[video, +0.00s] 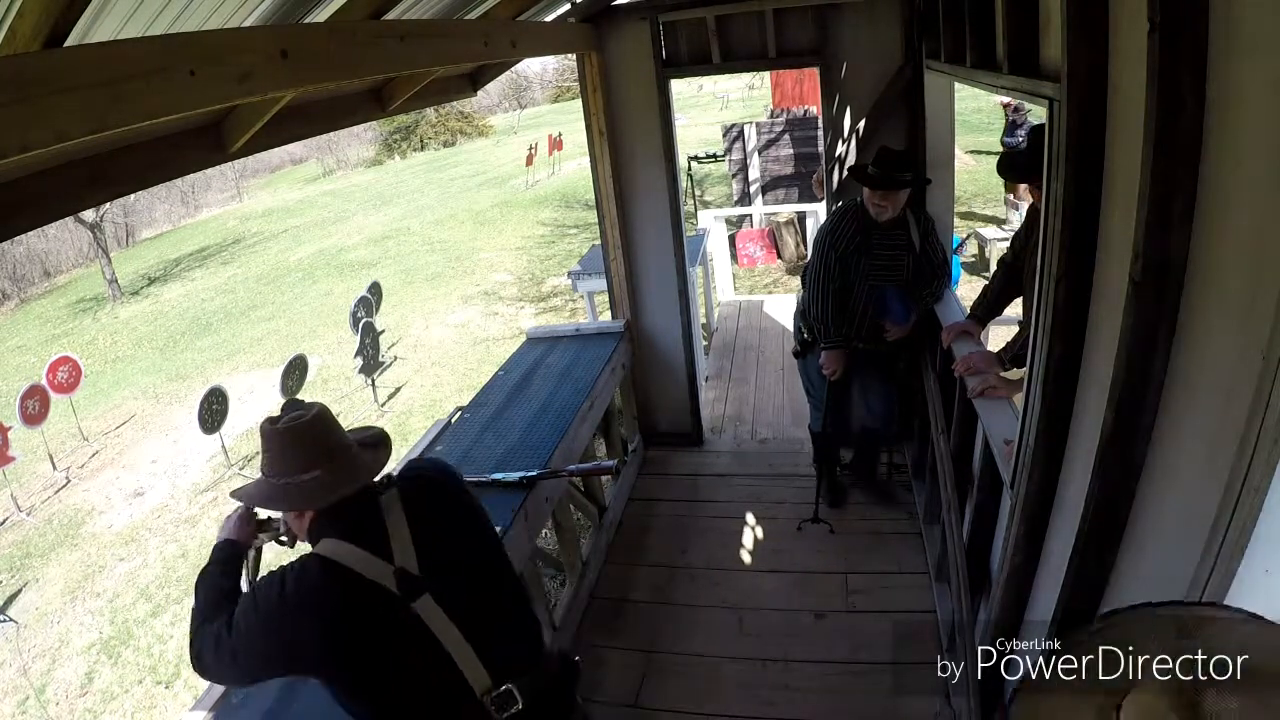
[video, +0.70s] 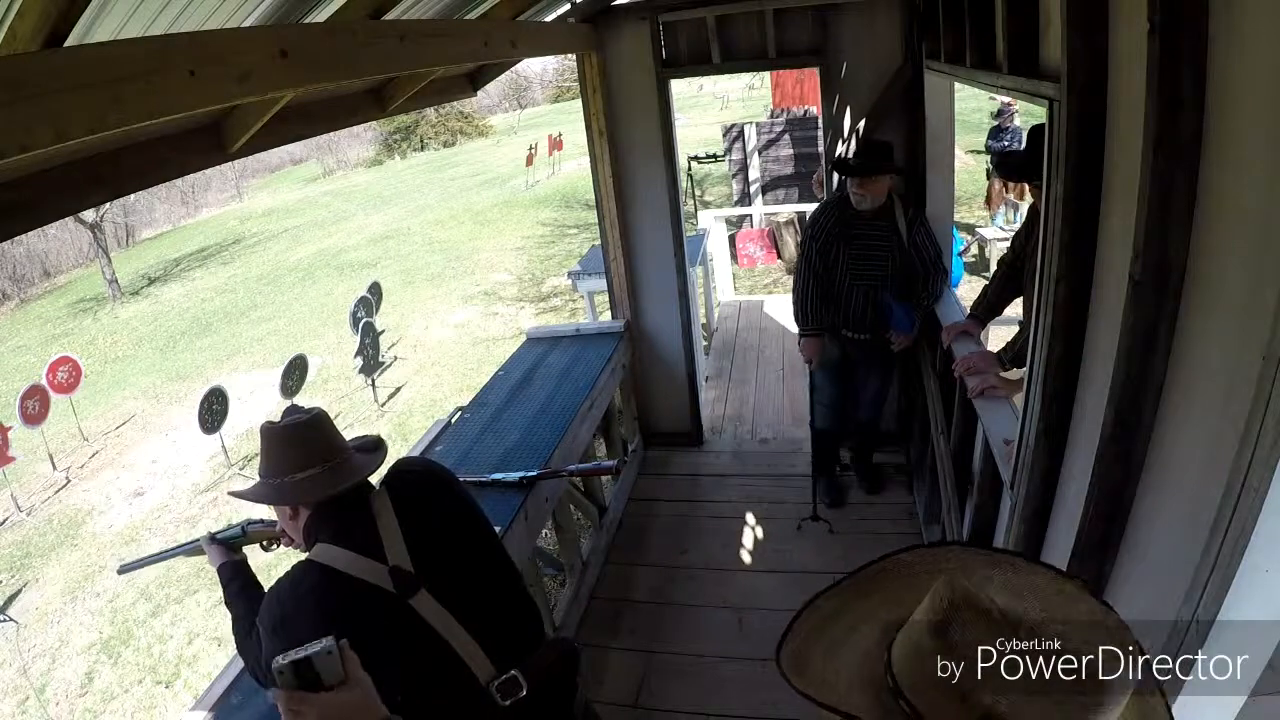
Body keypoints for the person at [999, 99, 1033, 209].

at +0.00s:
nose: (1016, 118)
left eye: (1019, 115)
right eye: (1014, 115)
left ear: (1024, 114)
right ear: (1012, 114)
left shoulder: (1029, 127)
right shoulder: (1011, 125)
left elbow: (1022, 142)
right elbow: (1004, 139)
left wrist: (1004, 141)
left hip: (1024, 163)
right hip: (1010, 161)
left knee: (1021, 194)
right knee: (1010, 193)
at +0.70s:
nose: (1001, 121)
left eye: (1004, 118)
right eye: (1000, 118)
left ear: (1011, 117)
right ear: (999, 118)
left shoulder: (1017, 131)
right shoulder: (994, 130)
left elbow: (1016, 147)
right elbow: (988, 147)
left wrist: (995, 146)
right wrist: (1006, 145)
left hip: (1014, 168)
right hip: (997, 167)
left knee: (1014, 195)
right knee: (995, 195)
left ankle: (1016, 221)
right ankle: (997, 222)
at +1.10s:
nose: (986, 126)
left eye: (989, 123)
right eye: (985, 123)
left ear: (996, 122)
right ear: (983, 123)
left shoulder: (1003, 133)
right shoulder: (980, 134)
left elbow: (1000, 152)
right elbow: (974, 151)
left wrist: (978, 151)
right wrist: (993, 150)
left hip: (998, 172)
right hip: (984, 172)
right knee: (984, 201)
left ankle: (995, 220)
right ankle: (989, 221)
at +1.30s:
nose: (982, 131)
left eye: (985, 127)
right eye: (981, 128)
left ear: (991, 126)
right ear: (979, 127)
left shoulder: (1000, 140)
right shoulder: (975, 137)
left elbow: (992, 159)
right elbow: (967, 154)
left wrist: (974, 156)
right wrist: (984, 153)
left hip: (990, 178)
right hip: (976, 177)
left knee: (983, 210)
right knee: (977, 206)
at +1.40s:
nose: (978, 131)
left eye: (981, 129)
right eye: (977, 129)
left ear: (988, 127)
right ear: (977, 127)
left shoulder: (995, 139)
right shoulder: (973, 136)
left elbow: (989, 159)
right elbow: (964, 153)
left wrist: (971, 155)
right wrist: (979, 153)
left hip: (987, 179)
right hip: (972, 177)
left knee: (982, 211)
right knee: (970, 211)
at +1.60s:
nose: (973, 131)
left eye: (975, 128)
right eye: (972, 128)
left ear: (982, 126)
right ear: (971, 127)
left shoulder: (990, 139)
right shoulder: (967, 136)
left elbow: (982, 158)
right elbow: (957, 153)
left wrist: (963, 155)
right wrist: (973, 153)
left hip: (981, 180)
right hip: (966, 178)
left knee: (980, 214)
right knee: (962, 210)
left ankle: (980, 238)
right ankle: (960, 236)